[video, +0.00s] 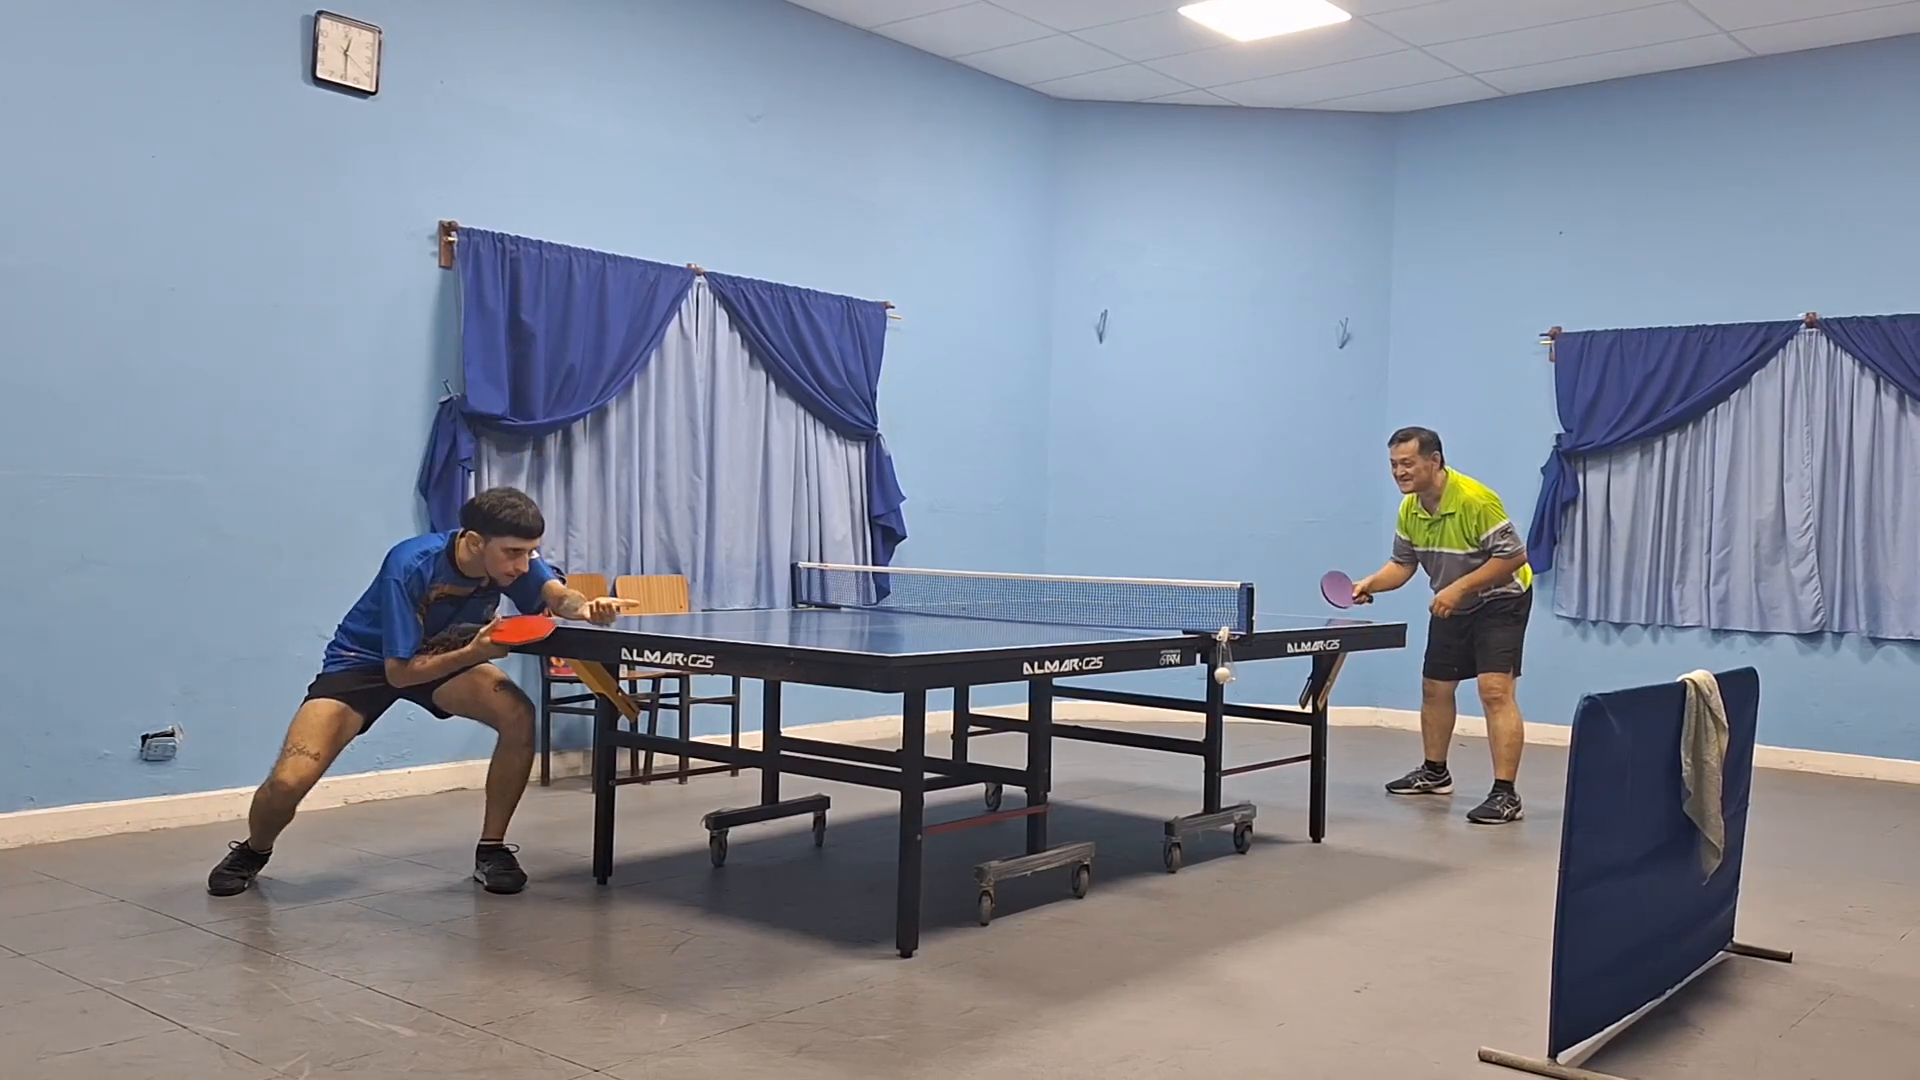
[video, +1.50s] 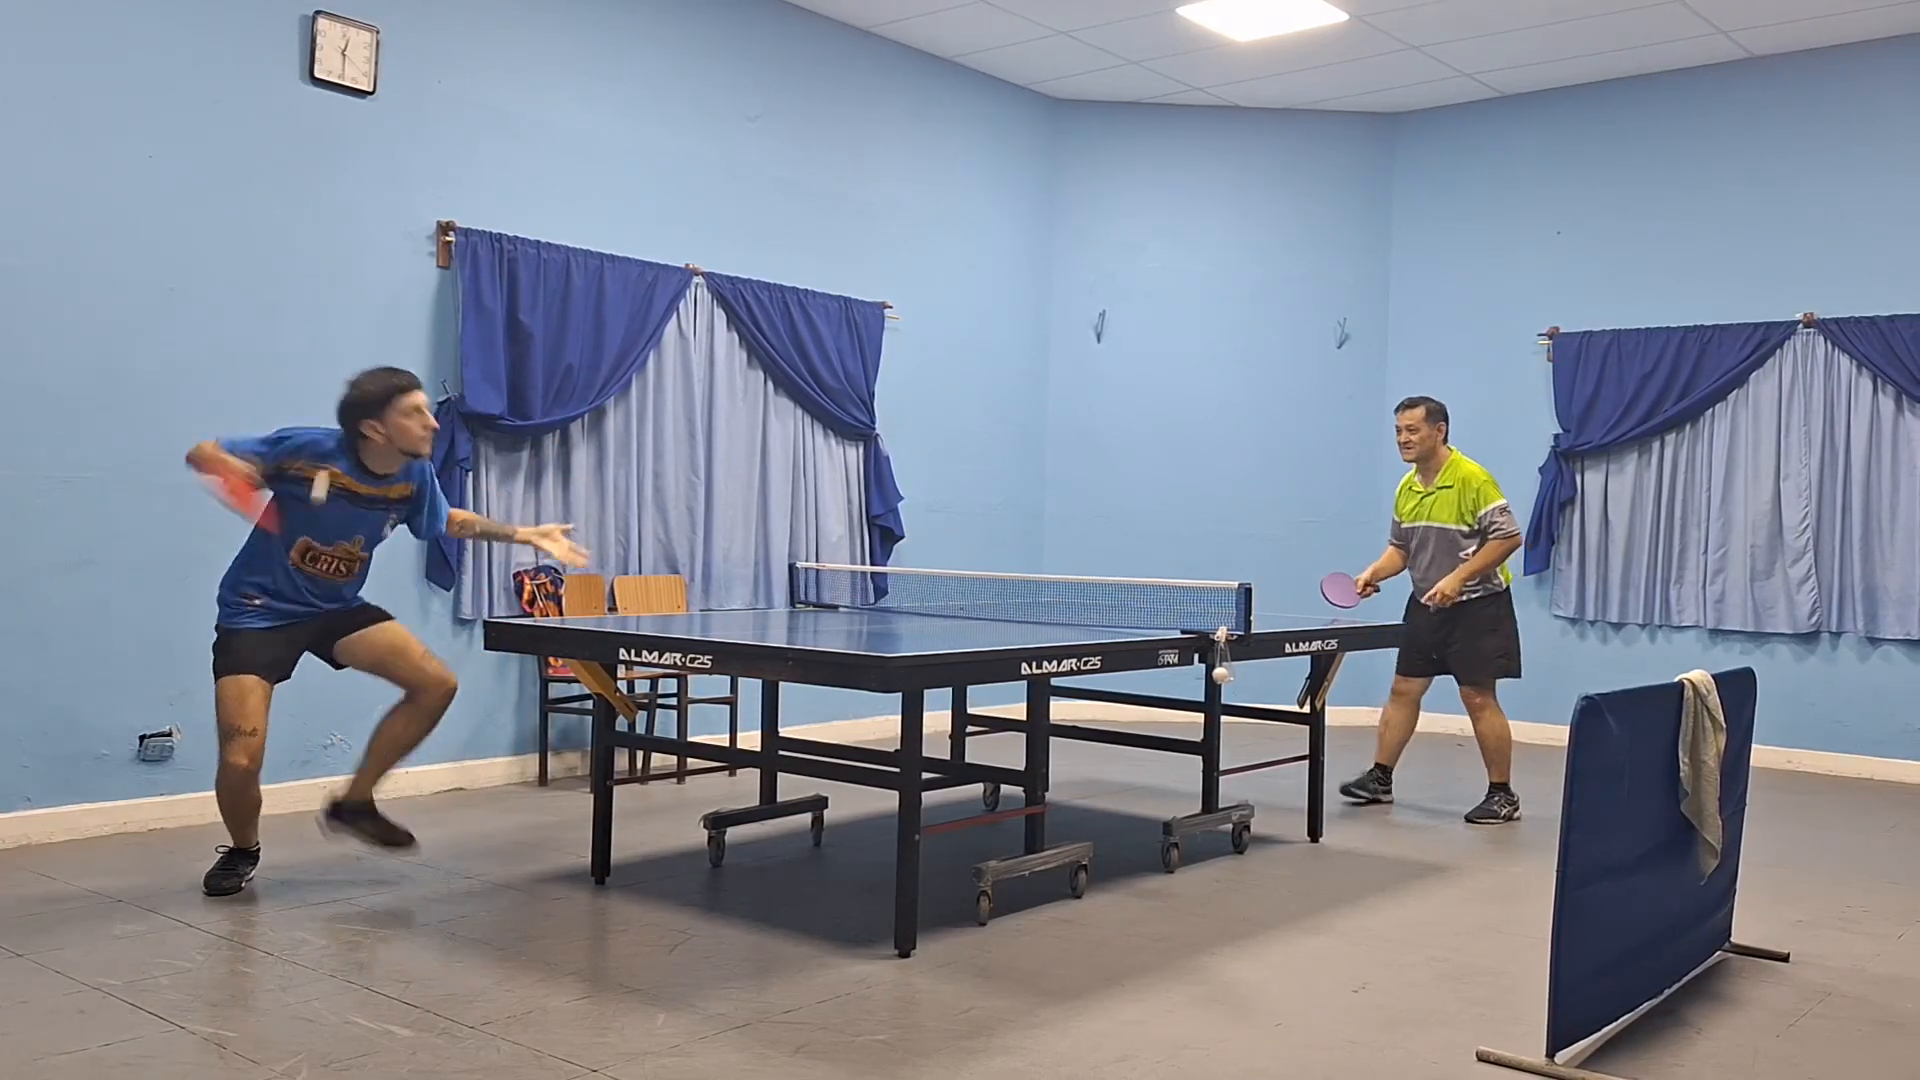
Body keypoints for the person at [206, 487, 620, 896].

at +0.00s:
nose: (523, 564)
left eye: (527, 554)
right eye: (513, 554)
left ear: (528, 548)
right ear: (472, 545)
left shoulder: (513, 564)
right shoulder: (409, 567)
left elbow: (556, 598)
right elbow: (402, 673)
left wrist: (588, 609)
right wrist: (479, 650)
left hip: (438, 663)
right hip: (363, 663)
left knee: (519, 715)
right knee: (289, 780)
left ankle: (493, 850)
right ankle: (254, 850)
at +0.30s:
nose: (519, 557)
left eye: (524, 546)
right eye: (508, 547)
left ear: (527, 542)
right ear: (467, 536)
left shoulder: (509, 565)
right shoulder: (401, 563)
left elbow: (552, 600)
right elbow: (382, 664)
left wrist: (585, 614)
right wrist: (461, 653)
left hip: (433, 665)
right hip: (355, 666)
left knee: (514, 713)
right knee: (287, 784)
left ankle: (491, 850)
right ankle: (252, 851)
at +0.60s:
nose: (499, 515)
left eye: (502, 503)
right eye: (487, 503)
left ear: (503, 502)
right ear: (445, 501)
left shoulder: (493, 536)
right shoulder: (382, 538)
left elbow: (534, 578)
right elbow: (361, 634)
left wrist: (567, 595)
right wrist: (436, 633)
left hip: (428, 651)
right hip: (350, 652)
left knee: (509, 716)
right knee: (282, 777)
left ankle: (490, 851)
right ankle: (248, 852)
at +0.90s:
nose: (428, 407)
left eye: (429, 397)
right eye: (412, 399)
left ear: (435, 404)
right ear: (374, 416)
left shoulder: (446, 446)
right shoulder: (337, 471)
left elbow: (511, 439)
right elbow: (330, 575)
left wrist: (541, 383)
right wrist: (376, 530)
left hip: (418, 611)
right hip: (336, 618)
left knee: (487, 709)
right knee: (276, 752)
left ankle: (488, 849)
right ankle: (244, 850)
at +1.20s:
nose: (357, 367)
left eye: (358, 357)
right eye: (339, 360)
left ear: (366, 370)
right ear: (304, 385)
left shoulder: (400, 431)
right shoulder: (276, 441)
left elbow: (496, 453)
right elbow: (196, 478)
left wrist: (558, 427)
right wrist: (159, 456)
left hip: (375, 598)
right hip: (288, 602)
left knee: (443, 703)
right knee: (246, 739)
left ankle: (480, 845)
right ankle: (243, 850)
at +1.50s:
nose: (432, 422)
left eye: (428, 411)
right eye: (417, 414)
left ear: (384, 430)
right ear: (374, 430)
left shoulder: (416, 474)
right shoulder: (308, 449)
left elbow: (448, 521)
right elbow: (200, 453)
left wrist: (523, 533)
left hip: (335, 609)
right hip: (257, 610)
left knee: (435, 684)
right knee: (240, 759)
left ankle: (353, 802)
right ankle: (242, 849)